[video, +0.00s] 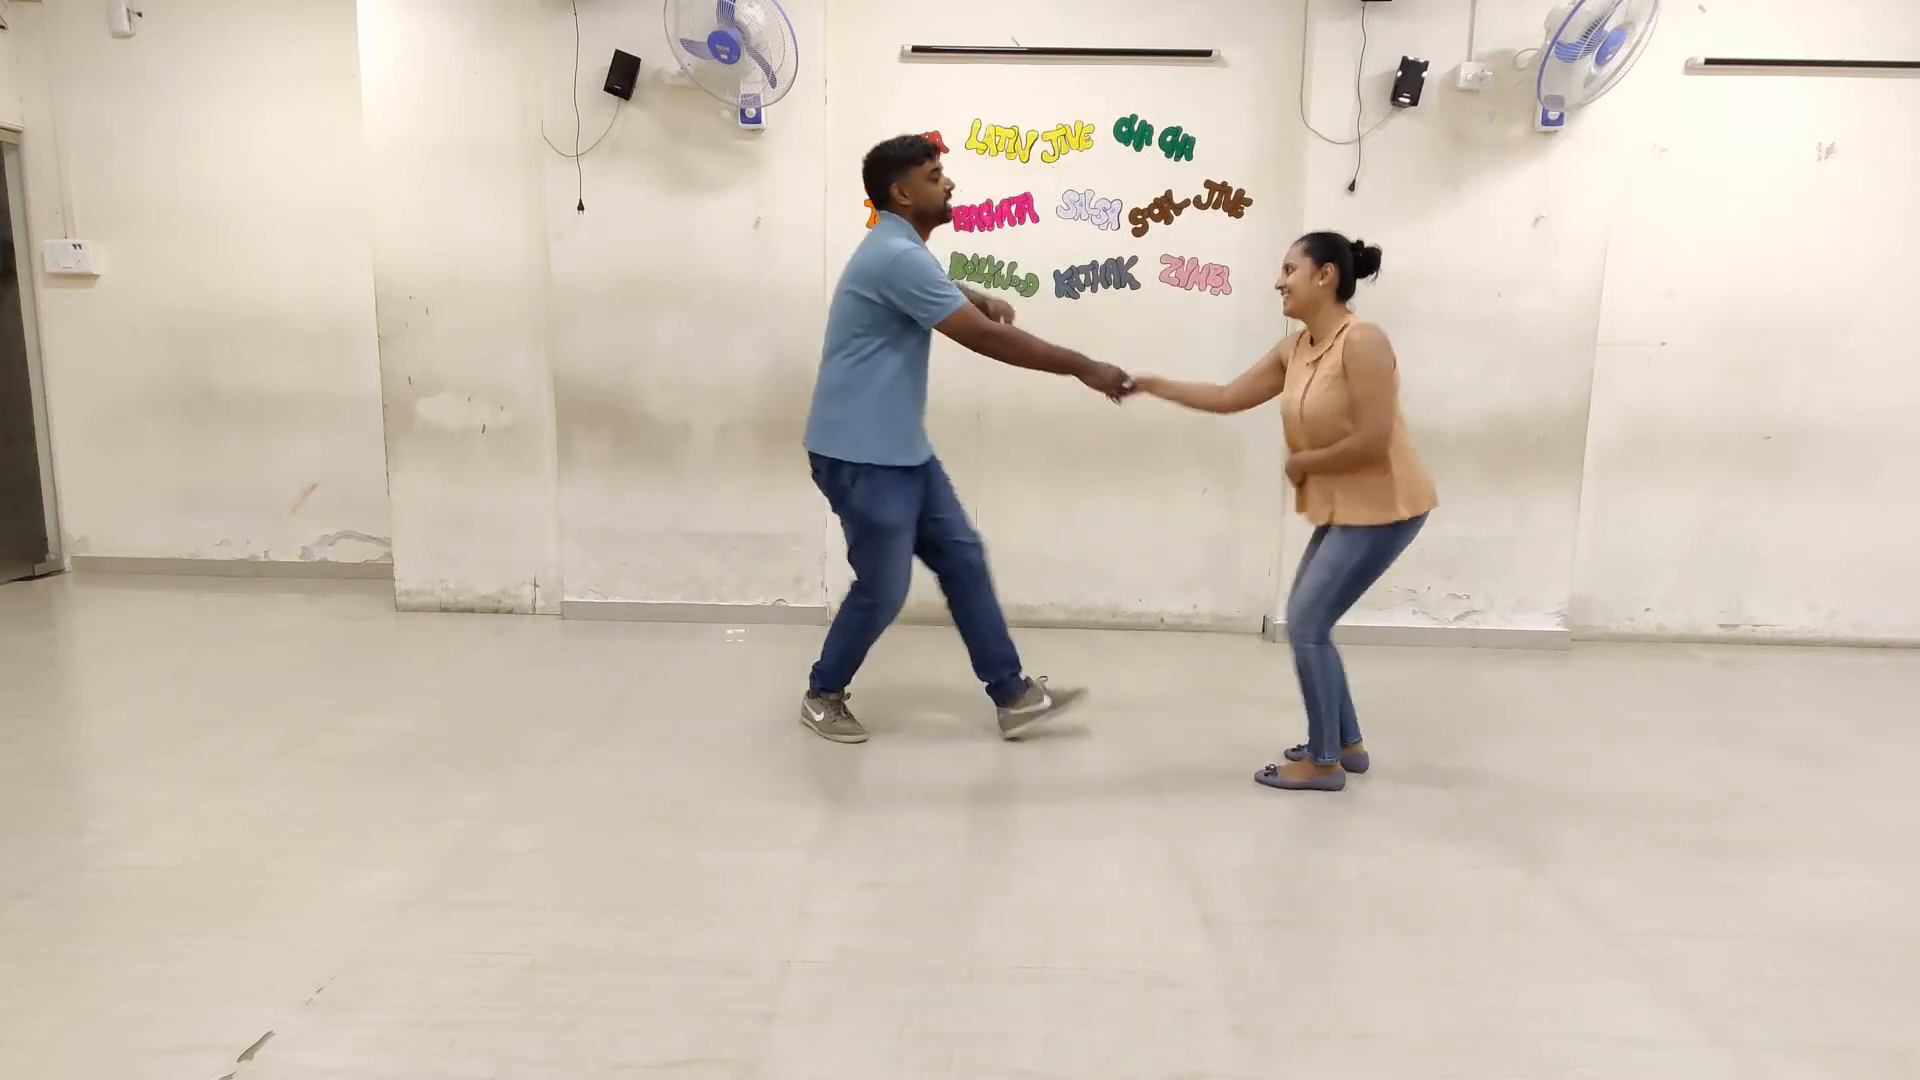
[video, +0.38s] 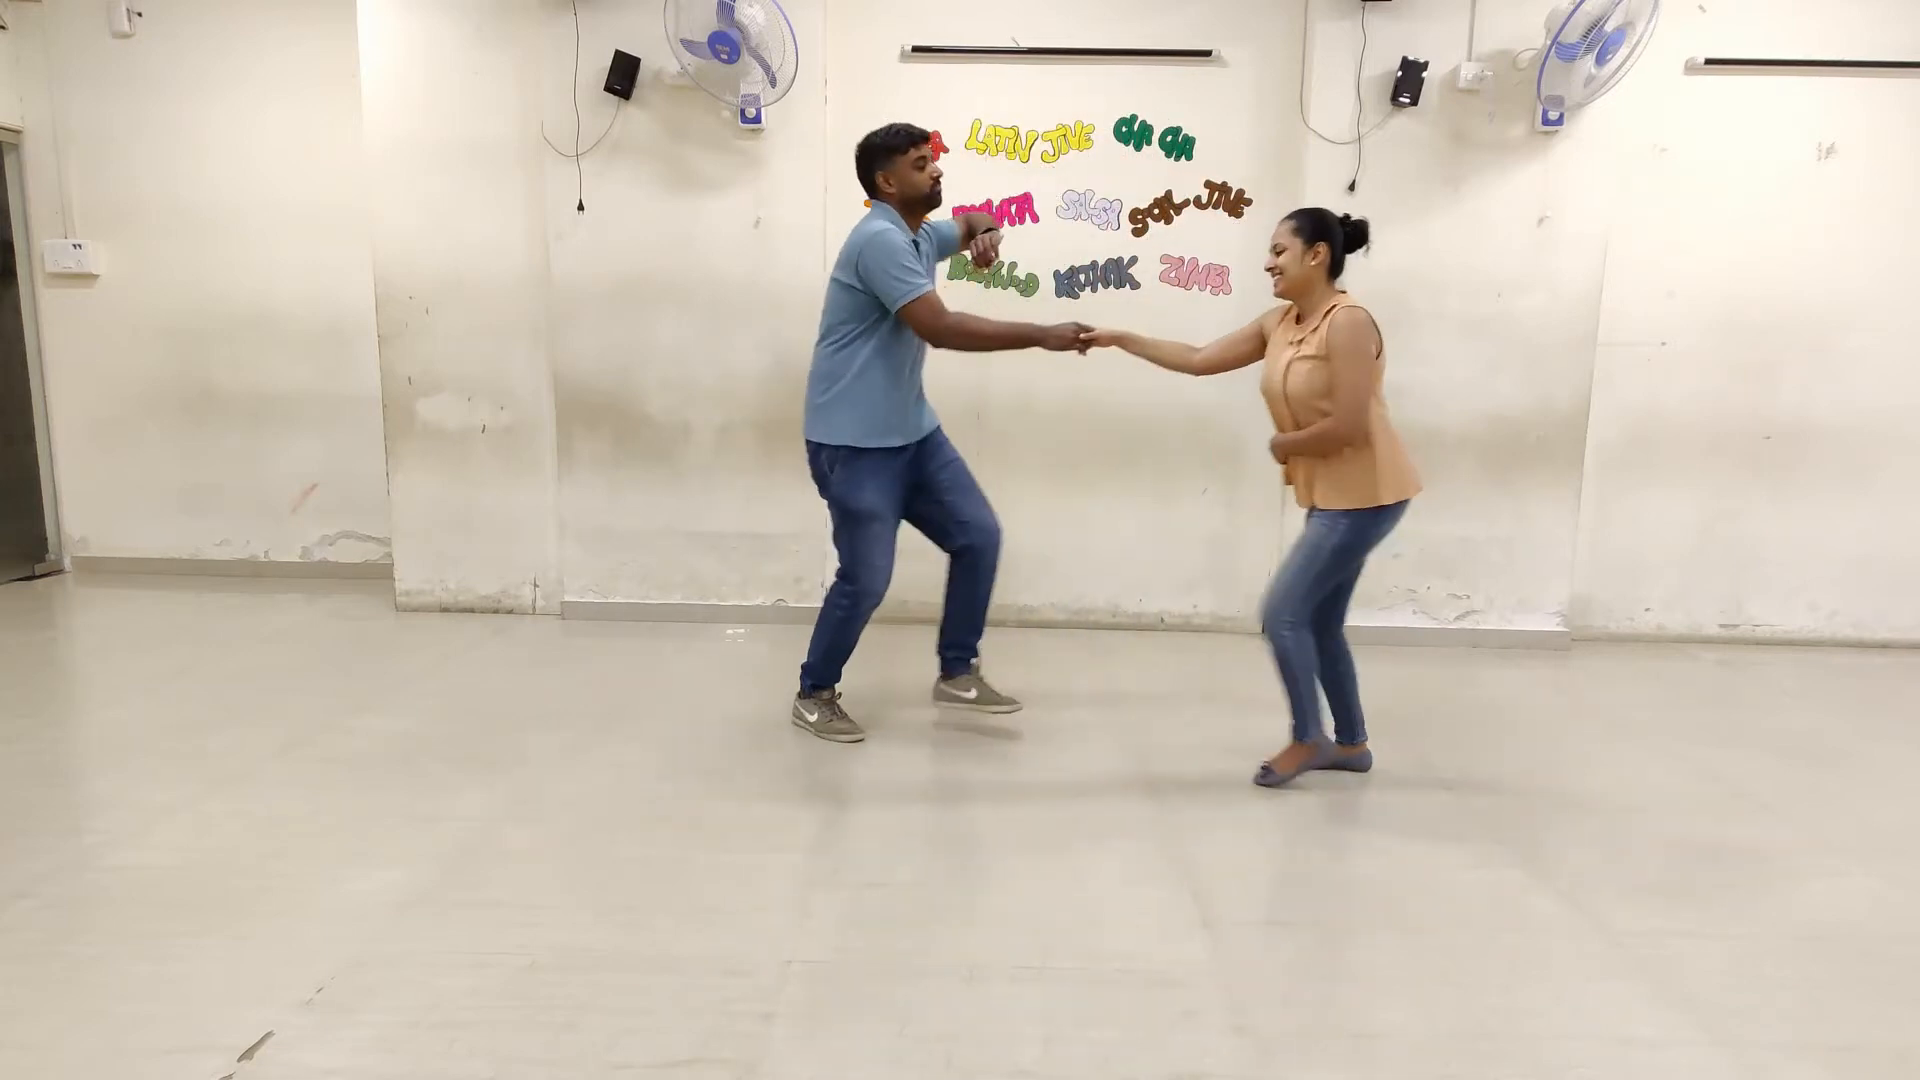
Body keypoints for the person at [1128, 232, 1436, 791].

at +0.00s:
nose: (1279, 281)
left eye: (1290, 270)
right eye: (1282, 271)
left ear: (1327, 277)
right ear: (1318, 278)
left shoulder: (1364, 342)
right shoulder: (1296, 348)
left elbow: (1373, 441)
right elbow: (1227, 397)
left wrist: (1304, 462)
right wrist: (1147, 383)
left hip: (1384, 509)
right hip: (1339, 509)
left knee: (1306, 621)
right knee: (1304, 621)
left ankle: (1325, 761)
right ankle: (1345, 742)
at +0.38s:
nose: (1269, 262)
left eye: (1279, 252)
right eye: (1270, 252)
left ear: (1318, 255)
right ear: (1305, 256)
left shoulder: (1350, 323)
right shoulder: (1279, 321)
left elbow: (1350, 425)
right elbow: (1200, 358)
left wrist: (1285, 444)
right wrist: (1120, 338)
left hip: (1366, 496)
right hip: (1331, 498)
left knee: (1282, 612)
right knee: (1323, 623)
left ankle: (1308, 739)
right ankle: (1351, 742)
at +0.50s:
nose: (1237, 283)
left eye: (1250, 275)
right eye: (1239, 272)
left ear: (1288, 284)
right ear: (1254, 281)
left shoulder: (1316, 347)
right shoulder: (1242, 347)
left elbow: (1337, 447)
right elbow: (1167, 394)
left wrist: (1256, 466)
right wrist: (1091, 371)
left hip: (1315, 518)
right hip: (1277, 518)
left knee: (1222, 624)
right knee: (1278, 641)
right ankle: (1348, 743)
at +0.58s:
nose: (1220, 293)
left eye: (1234, 285)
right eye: (1219, 282)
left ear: (1270, 297)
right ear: (1220, 285)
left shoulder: (1292, 358)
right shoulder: (1214, 359)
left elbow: (1322, 457)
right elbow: (1146, 409)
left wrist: (1231, 478)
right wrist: (1074, 382)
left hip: (1285, 532)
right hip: (1245, 530)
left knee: (1190, 632)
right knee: (1258, 651)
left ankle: (1160, 762)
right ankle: (1345, 738)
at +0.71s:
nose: (1188, 282)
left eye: (1205, 276)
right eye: (1183, 268)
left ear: (1227, 289)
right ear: (1170, 271)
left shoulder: (1249, 350)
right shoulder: (1150, 349)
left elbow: (1282, 445)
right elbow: (1082, 383)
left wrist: (1189, 467)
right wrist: (1076, 295)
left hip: (1232, 529)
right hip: (1169, 525)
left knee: (1163, 647)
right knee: (1158, 651)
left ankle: (1159, 765)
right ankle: (1256, 698)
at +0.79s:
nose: (1168, 262)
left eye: (1181, 254)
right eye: (1158, 249)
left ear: (1194, 267)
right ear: (1134, 256)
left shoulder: (1218, 332)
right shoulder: (1111, 330)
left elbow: (1252, 420)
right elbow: (1072, 302)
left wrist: (1172, 436)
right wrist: (1096, 210)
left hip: (1202, 511)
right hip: (1127, 509)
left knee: (1166, 644)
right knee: (1105, 649)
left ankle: (1164, 762)